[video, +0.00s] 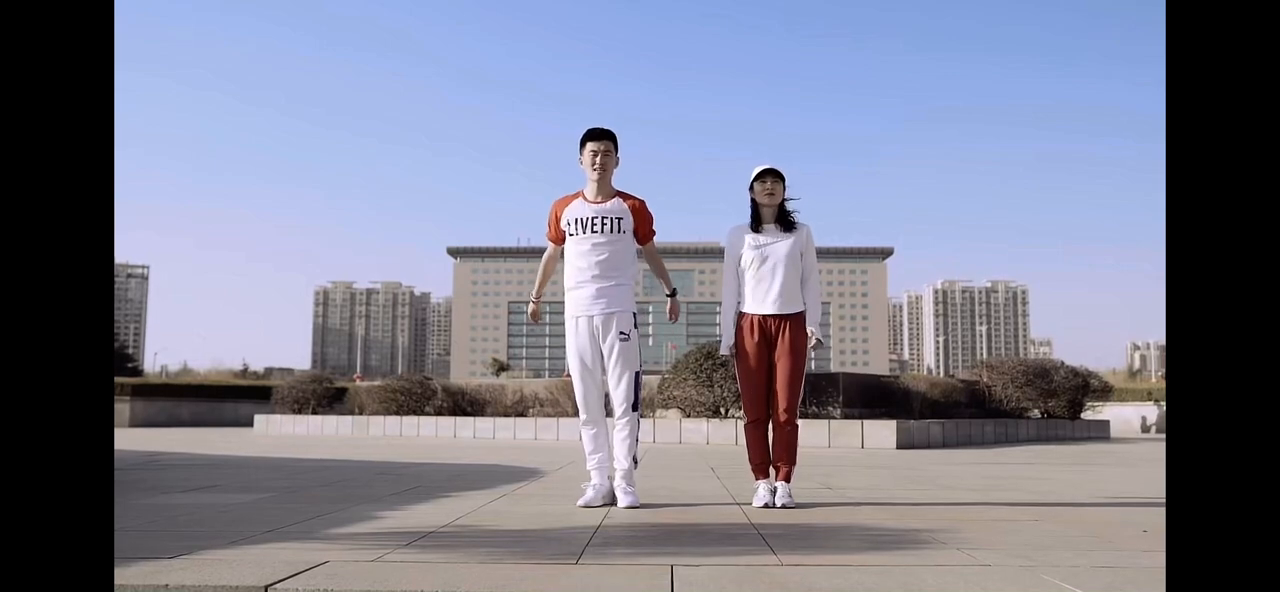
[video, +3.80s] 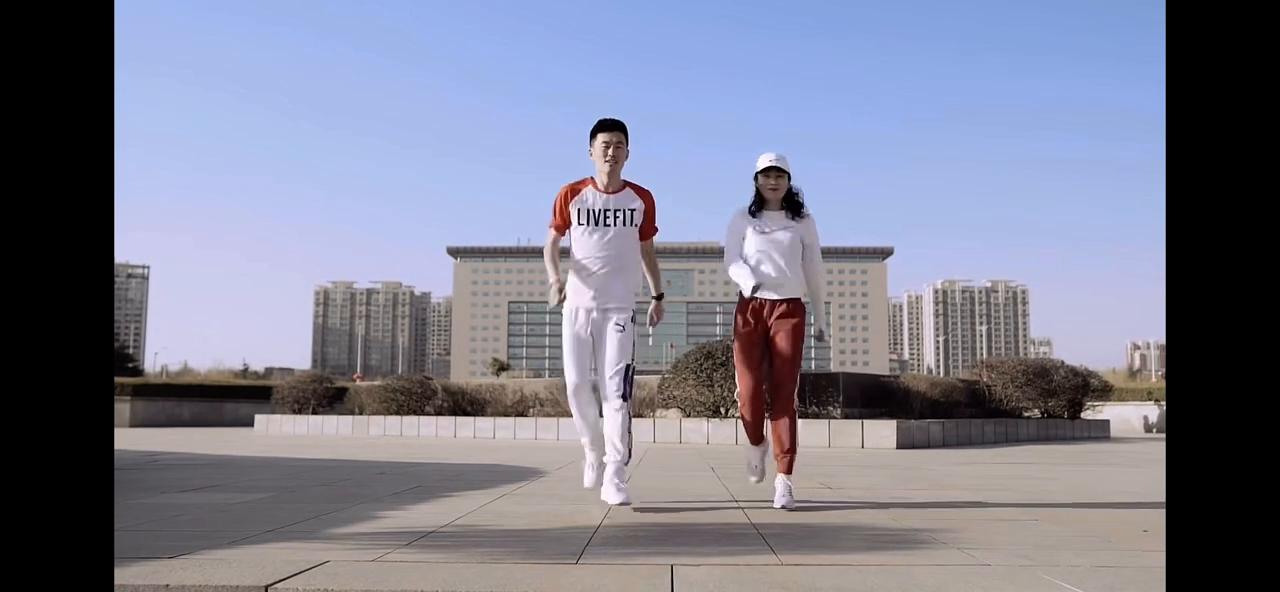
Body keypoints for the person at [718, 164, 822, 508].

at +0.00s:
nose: (769, 187)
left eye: (775, 182)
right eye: (762, 182)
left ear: (784, 191)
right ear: (752, 191)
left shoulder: (801, 233)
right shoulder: (739, 234)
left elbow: (811, 281)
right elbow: (730, 286)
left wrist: (813, 324)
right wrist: (726, 332)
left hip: (791, 325)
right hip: (750, 325)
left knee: (786, 408)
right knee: (755, 409)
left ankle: (783, 482)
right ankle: (762, 481)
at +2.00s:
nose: (766, 188)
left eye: (772, 184)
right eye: (760, 183)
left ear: (782, 192)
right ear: (752, 191)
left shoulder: (797, 234)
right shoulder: (735, 237)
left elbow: (811, 285)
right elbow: (728, 288)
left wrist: (825, 328)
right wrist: (726, 330)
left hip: (787, 324)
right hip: (747, 324)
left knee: (781, 411)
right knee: (754, 411)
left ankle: (783, 483)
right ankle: (762, 483)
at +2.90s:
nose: (763, 189)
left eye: (769, 184)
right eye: (757, 184)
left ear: (778, 191)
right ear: (747, 191)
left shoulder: (796, 231)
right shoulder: (733, 234)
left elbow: (814, 275)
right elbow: (717, 284)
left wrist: (799, 280)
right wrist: (711, 330)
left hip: (783, 324)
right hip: (745, 325)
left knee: (777, 403)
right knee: (753, 406)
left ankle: (785, 478)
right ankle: (761, 481)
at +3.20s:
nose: (761, 194)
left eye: (767, 188)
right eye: (755, 188)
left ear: (776, 193)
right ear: (746, 194)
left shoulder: (795, 232)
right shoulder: (733, 237)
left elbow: (807, 274)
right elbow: (721, 289)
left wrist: (806, 293)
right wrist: (706, 332)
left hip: (785, 323)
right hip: (746, 326)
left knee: (771, 389)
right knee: (752, 404)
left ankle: (782, 452)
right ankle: (762, 480)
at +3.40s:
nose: (766, 184)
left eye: (773, 179)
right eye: (761, 178)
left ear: (782, 185)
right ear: (752, 184)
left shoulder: (796, 227)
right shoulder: (734, 228)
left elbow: (806, 273)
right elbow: (728, 272)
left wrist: (808, 311)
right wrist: (742, 306)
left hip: (785, 307)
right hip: (746, 312)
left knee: (771, 339)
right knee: (753, 400)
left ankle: (777, 417)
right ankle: (760, 478)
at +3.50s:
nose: (771, 185)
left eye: (777, 179)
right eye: (765, 179)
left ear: (786, 185)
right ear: (755, 185)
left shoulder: (795, 225)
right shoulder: (736, 222)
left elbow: (803, 263)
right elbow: (721, 261)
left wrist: (811, 297)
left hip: (785, 311)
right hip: (747, 311)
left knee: (775, 378)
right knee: (750, 398)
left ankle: (779, 459)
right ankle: (758, 471)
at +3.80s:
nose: (773, 180)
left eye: (779, 174)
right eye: (767, 174)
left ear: (788, 180)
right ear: (757, 180)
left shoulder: (803, 220)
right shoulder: (742, 218)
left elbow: (813, 269)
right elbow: (732, 259)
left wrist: (818, 312)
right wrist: (747, 279)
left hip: (788, 309)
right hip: (749, 308)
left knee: (784, 394)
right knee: (748, 393)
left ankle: (784, 476)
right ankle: (756, 445)